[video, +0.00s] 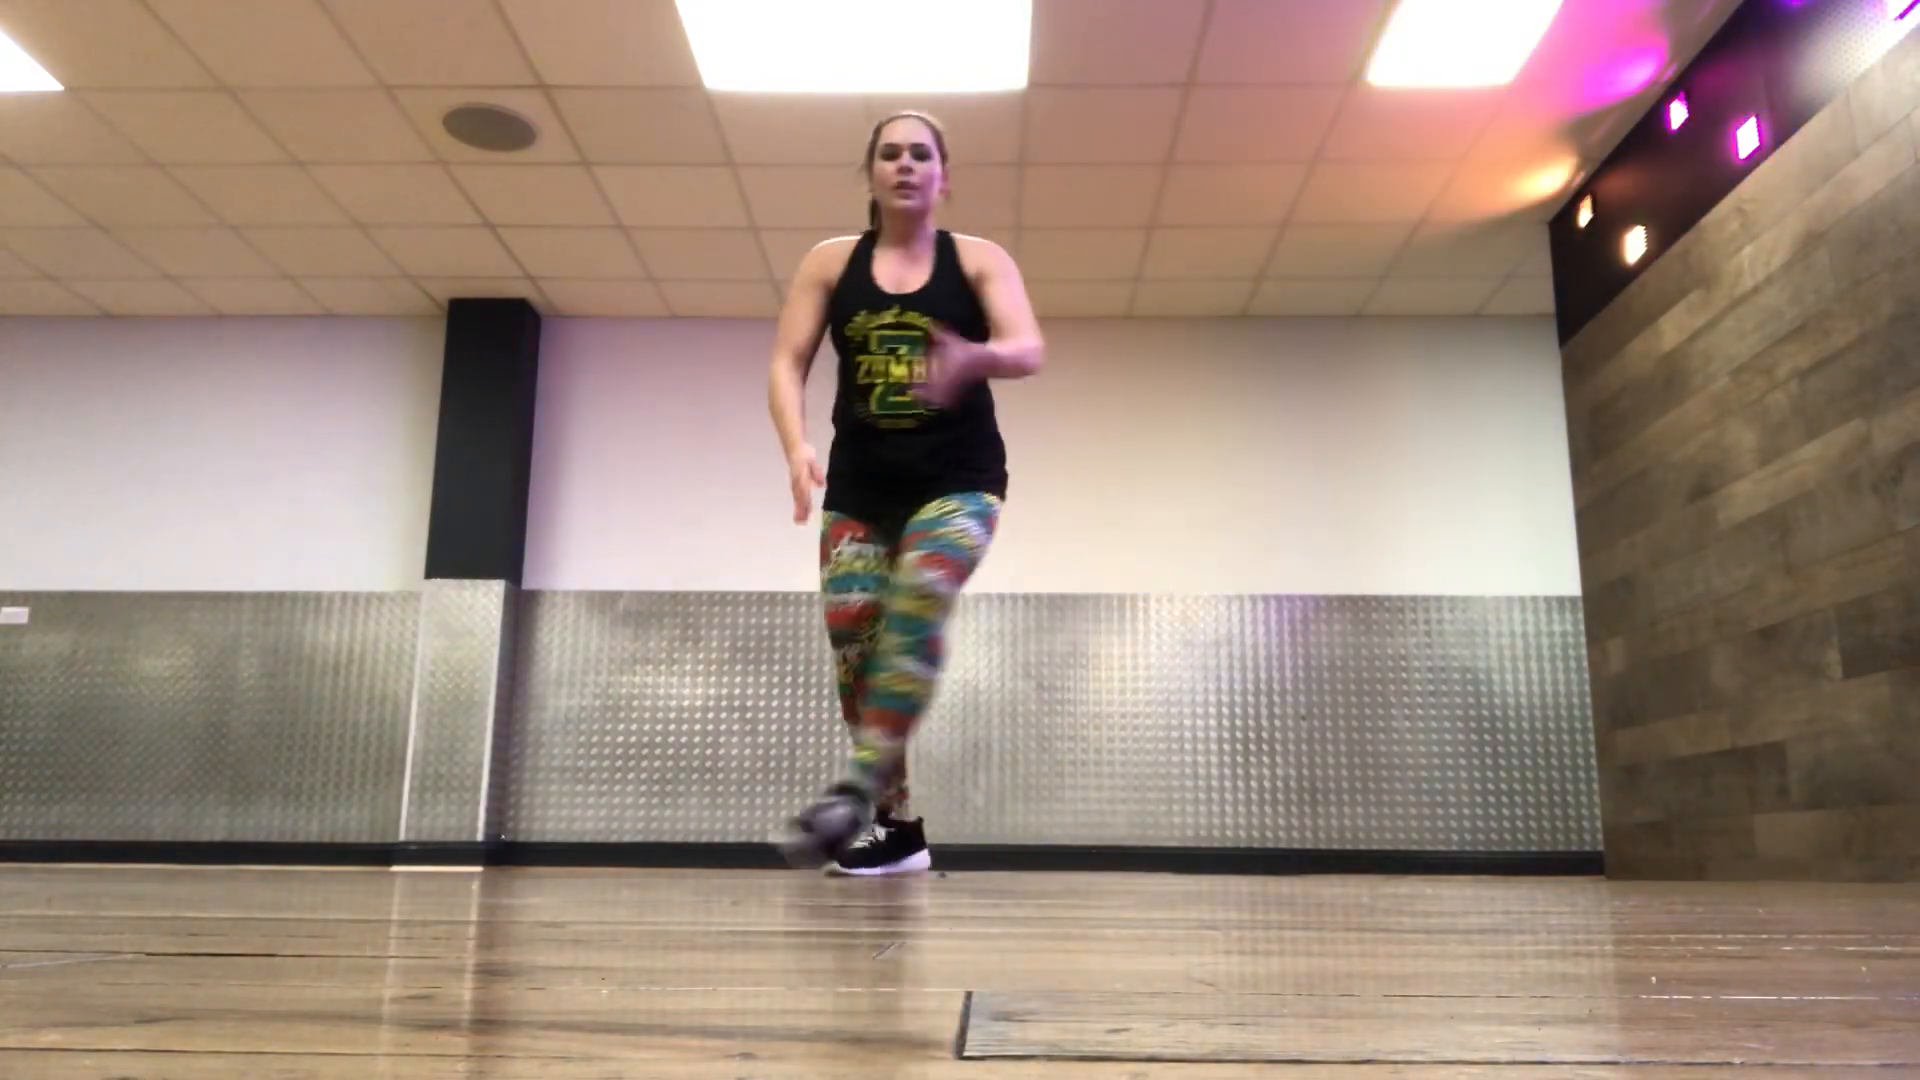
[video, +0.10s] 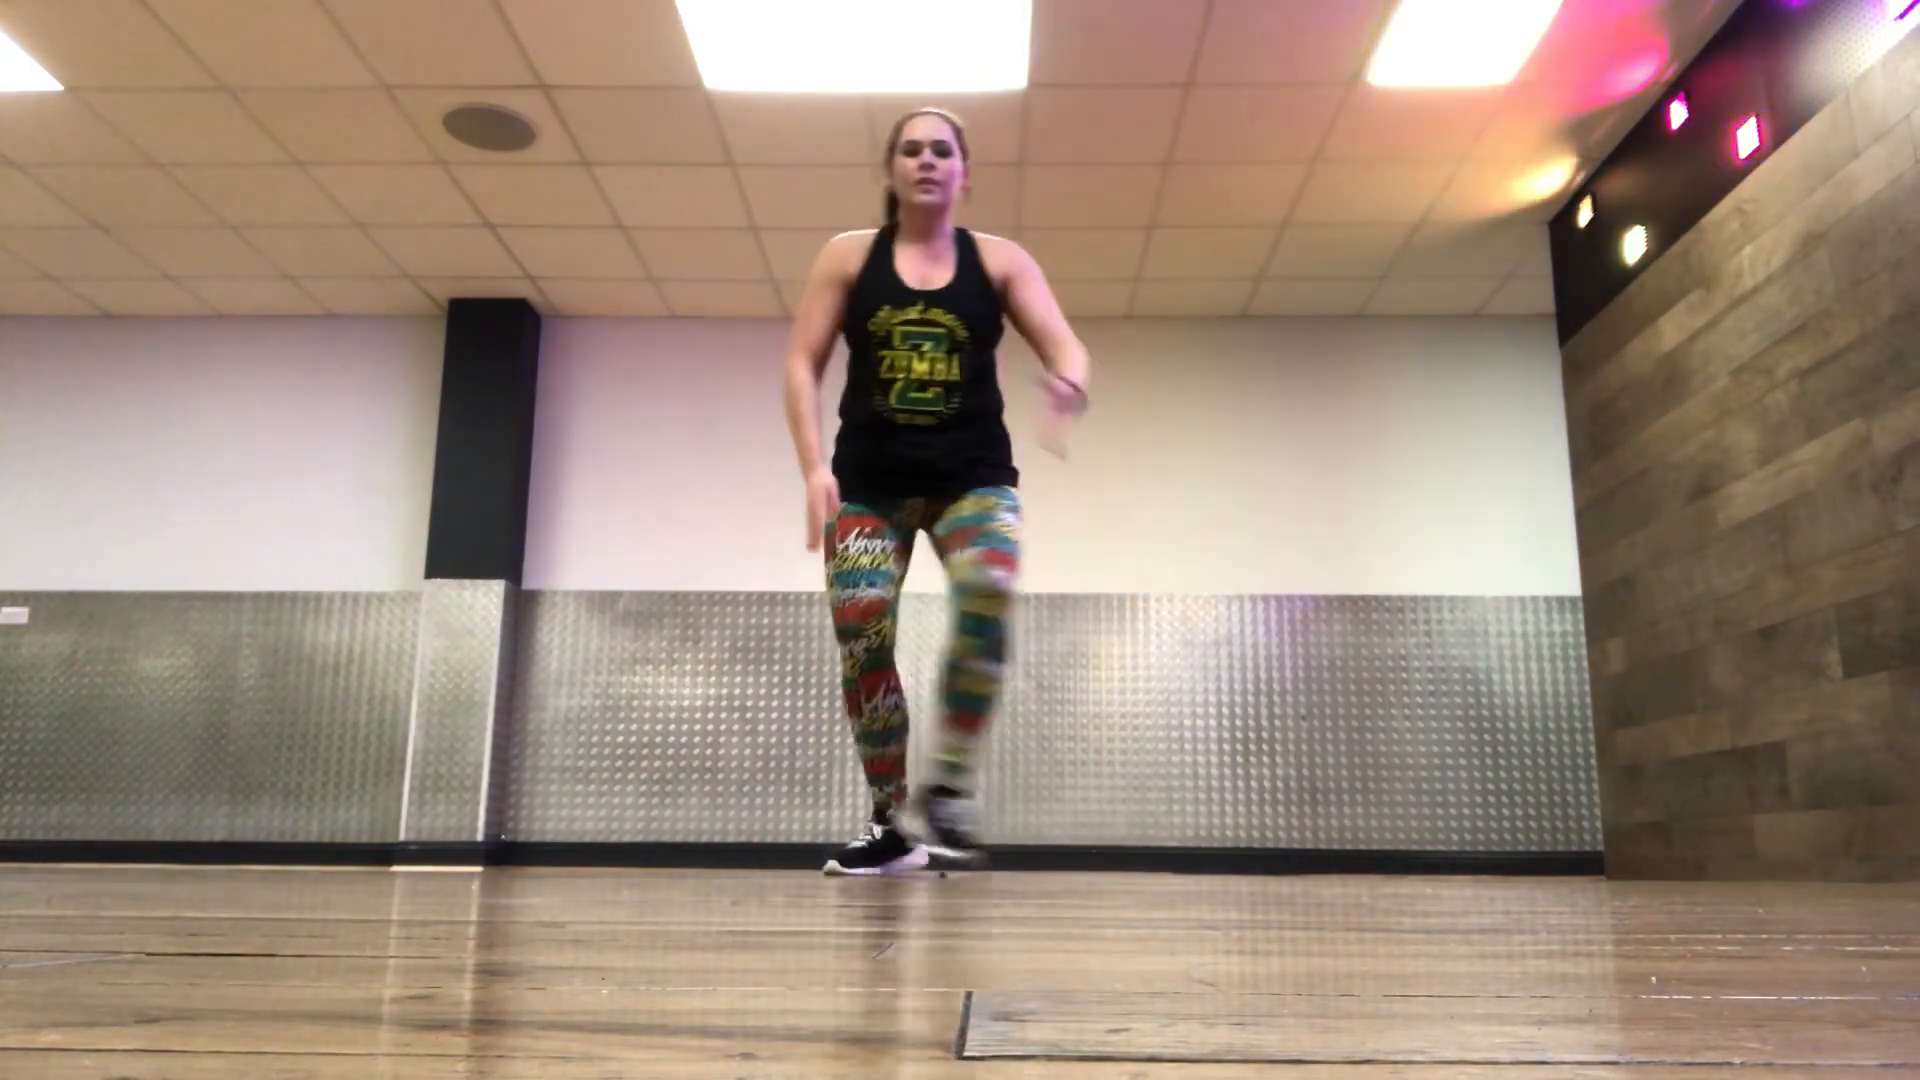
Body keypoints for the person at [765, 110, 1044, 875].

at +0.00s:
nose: (907, 165)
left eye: (921, 154)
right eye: (892, 154)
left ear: (943, 175)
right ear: (869, 175)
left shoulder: (981, 261)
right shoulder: (831, 262)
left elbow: (1028, 350)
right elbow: (788, 364)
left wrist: (973, 357)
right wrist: (797, 448)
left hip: (957, 481)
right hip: (860, 484)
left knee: (915, 609)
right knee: (853, 634)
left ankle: (856, 791)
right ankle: (897, 826)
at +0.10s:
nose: (927, 161)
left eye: (941, 151)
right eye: (912, 151)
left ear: (964, 172)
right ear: (889, 170)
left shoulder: (1000, 261)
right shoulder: (848, 257)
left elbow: (1063, 348)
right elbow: (803, 364)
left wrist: (1069, 383)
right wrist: (814, 470)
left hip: (972, 477)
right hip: (871, 480)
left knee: (988, 597)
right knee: (858, 629)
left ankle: (947, 791)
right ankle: (892, 822)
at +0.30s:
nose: (983, 171)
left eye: (997, 161)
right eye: (968, 161)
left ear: (1019, 183)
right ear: (944, 182)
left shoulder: (1051, 277)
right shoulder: (905, 265)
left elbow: (1098, 377)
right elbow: (850, 373)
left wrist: (1117, 459)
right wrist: (882, 484)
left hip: (1018, 502)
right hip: (916, 498)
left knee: (1071, 636)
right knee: (898, 645)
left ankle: (1049, 825)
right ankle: (897, 827)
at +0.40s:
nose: (1015, 178)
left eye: (1029, 167)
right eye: (1000, 168)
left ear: (1050, 187)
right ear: (975, 187)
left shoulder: (1078, 282)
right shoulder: (941, 265)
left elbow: (1111, 384)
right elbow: (894, 369)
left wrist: (1117, 472)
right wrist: (970, 453)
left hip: (1046, 485)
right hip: (951, 481)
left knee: (1092, 634)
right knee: (941, 623)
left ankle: (1049, 826)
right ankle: (895, 812)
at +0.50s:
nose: (1040, 178)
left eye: (1053, 168)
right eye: (1025, 168)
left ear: (1074, 188)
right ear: (1000, 187)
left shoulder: (1099, 281)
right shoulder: (970, 263)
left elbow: (1126, 391)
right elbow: (958, 370)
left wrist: (1108, 452)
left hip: (1067, 490)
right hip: (975, 478)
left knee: (1103, 635)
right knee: (981, 596)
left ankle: (1051, 824)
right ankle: (925, 797)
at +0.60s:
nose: (1058, 175)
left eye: (1071, 165)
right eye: (1043, 165)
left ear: (1092, 185)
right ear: (1018, 184)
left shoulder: (1116, 279)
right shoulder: (990, 258)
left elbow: (1136, 389)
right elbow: (1025, 356)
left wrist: (1105, 433)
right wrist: (1150, 394)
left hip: (1081, 480)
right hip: (990, 473)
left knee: (1107, 635)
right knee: (1016, 584)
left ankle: (1052, 823)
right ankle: (1015, 799)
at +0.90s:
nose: (1074, 180)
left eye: (1087, 169)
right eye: (1058, 170)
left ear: (1108, 188)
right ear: (1036, 190)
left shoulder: (1142, 281)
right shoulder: (1005, 265)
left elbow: (1166, 390)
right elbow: (1001, 365)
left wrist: (1124, 442)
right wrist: (1120, 384)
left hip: (1122, 492)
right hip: (1024, 488)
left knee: (1148, 651)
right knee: (1081, 611)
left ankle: (1111, 804)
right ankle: (1124, 806)